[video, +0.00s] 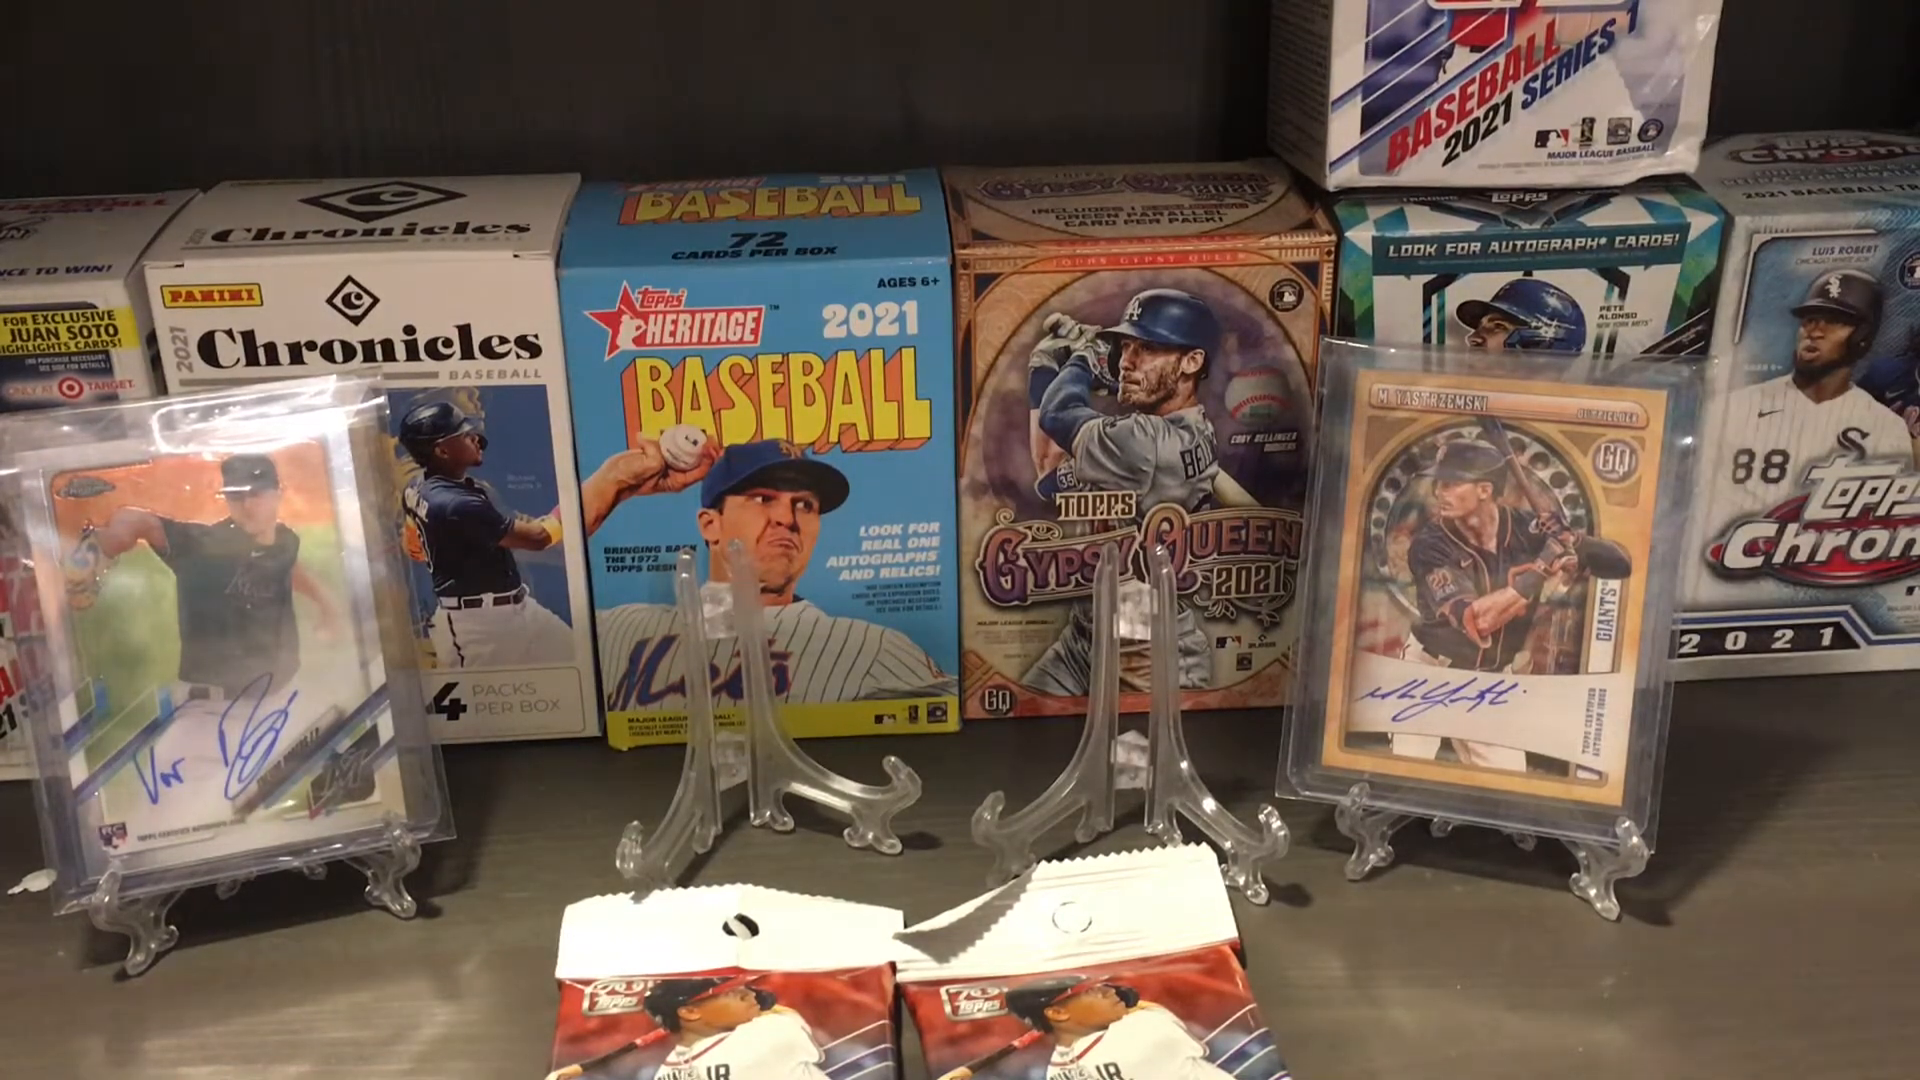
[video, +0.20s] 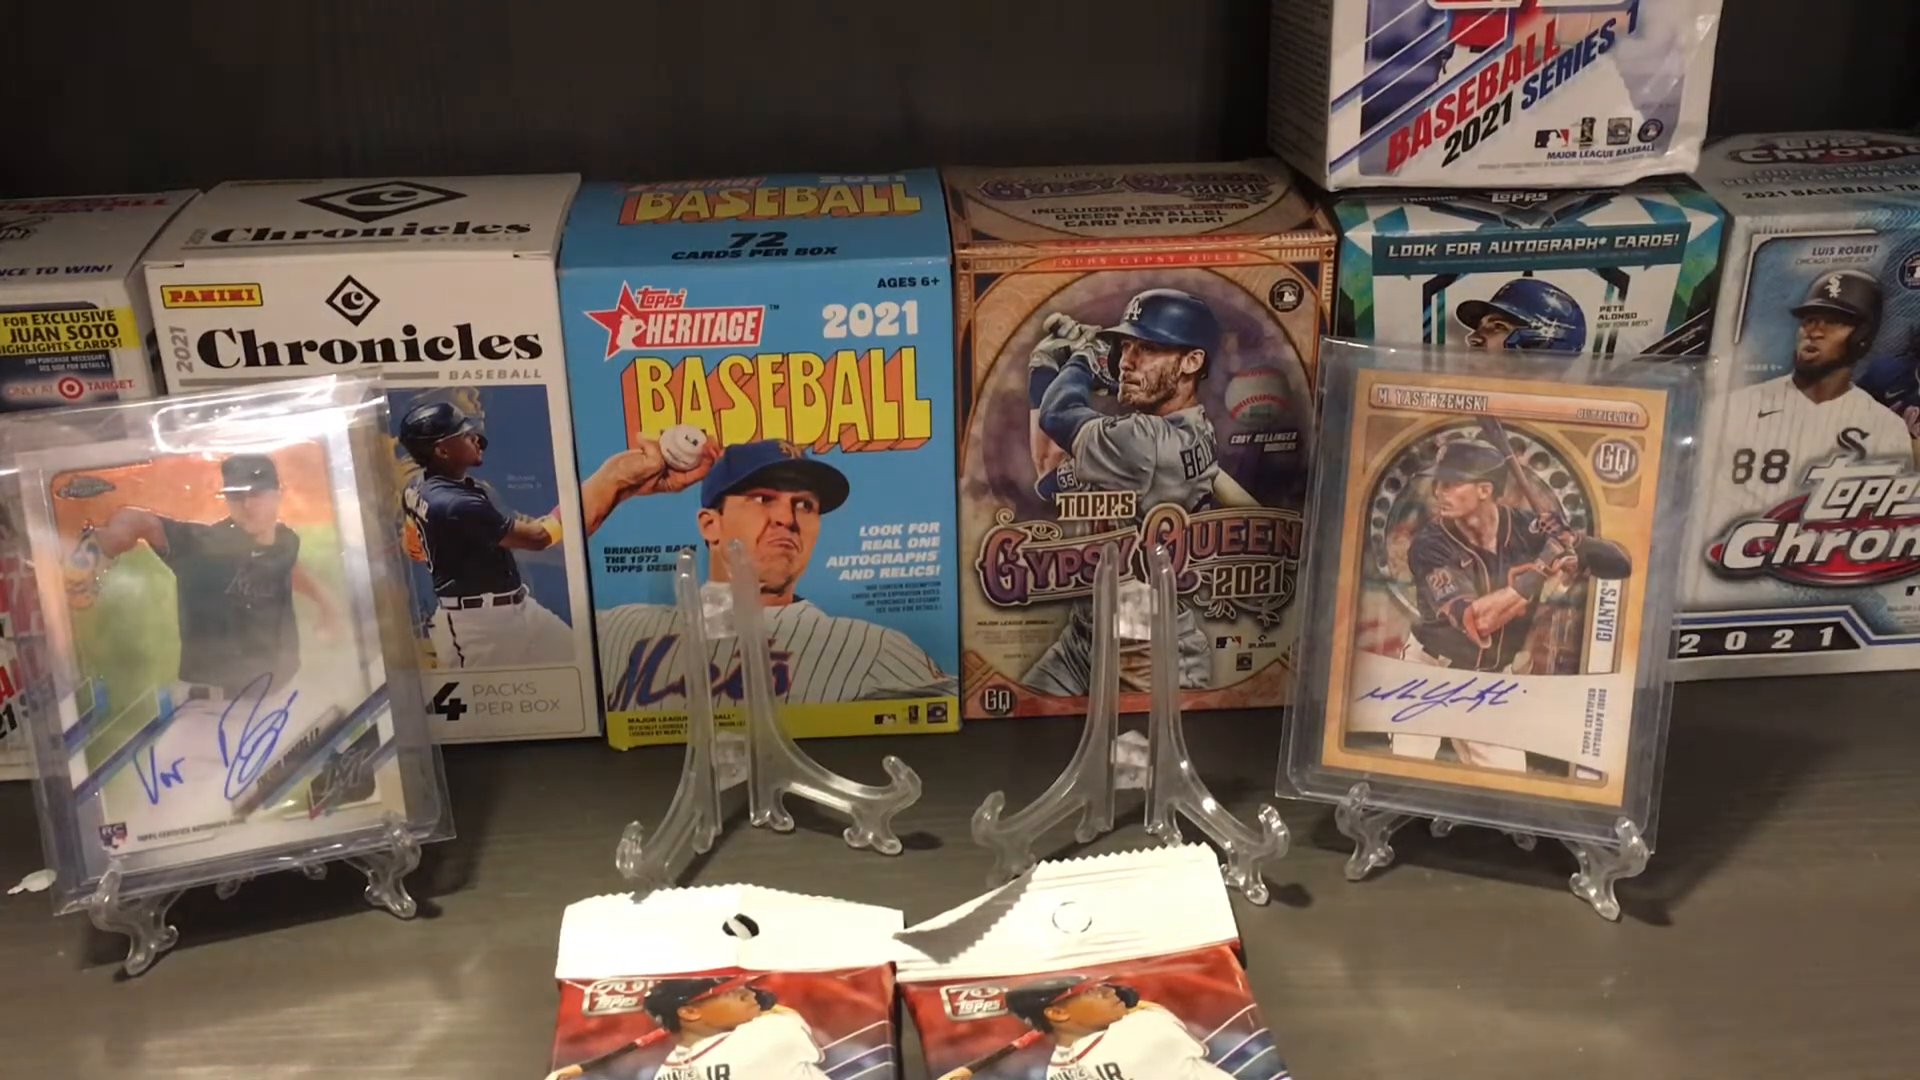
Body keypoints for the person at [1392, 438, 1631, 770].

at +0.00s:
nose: (1439, 492)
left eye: (1451, 484)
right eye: (1439, 483)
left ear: (1484, 491)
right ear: (1436, 486)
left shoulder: (1527, 528)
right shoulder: (1430, 541)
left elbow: (1622, 564)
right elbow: (1471, 621)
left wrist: (1574, 548)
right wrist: (1537, 572)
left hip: (1494, 677)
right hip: (1428, 669)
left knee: (1509, 789)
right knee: (1412, 772)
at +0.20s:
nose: (1439, 492)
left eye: (1451, 484)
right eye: (1439, 483)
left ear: (1484, 491)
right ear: (1435, 486)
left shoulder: (1527, 528)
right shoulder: (1430, 541)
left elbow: (1622, 564)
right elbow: (1471, 621)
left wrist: (1574, 547)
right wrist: (1538, 572)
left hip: (1495, 677)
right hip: (1429, 669)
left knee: (1509, 789)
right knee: (1412, 773)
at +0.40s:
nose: (1440, 492)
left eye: (1452, 484)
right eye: (1439, 484)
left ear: (1484, 491)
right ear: (1436, 487)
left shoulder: (1527, 528)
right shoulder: (1430, 541)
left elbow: (1622, 564)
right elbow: (1471, 621)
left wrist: (1574, 548)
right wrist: (1538, 572)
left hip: (1495, 677)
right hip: (1429, 669)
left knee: (1509, 789)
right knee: (1412, 773)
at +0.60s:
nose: (1440, 491)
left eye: (1453, 483)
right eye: (1440, 483)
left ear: (1484, 491)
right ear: (1435, 487)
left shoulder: (1527, 528)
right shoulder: (1430, 541)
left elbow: (1622, 564)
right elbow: (1471, 620)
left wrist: (1575, 547)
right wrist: (1538, 572)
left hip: (1495, 677)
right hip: (1429, 669)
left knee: (1509, 788)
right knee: (1412, 772)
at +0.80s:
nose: (1440, 492)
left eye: (1452, 484)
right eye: (1439, 483)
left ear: (1484, 490)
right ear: (1436, 486)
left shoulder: (1527, 528)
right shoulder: (1430, 541)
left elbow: (1622, 563)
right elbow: (1471, 620)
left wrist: (1575, 548)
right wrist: (1537, 573)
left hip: (1494, 676)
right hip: (1429, 669)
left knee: (1509, 787)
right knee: (1412, 772)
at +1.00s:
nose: (1439, 493)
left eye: (1451, 485)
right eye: (1439, 484)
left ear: (1484, 491)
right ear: (1435, 486)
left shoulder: (1526, 528)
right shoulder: (1430, 541)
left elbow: (1622, 563)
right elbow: (1474, 622)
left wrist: (1576, 550)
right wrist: (1539, 570)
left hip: (1495, 676)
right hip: (1429, 669)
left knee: (1509, 792)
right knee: (1410, 774)